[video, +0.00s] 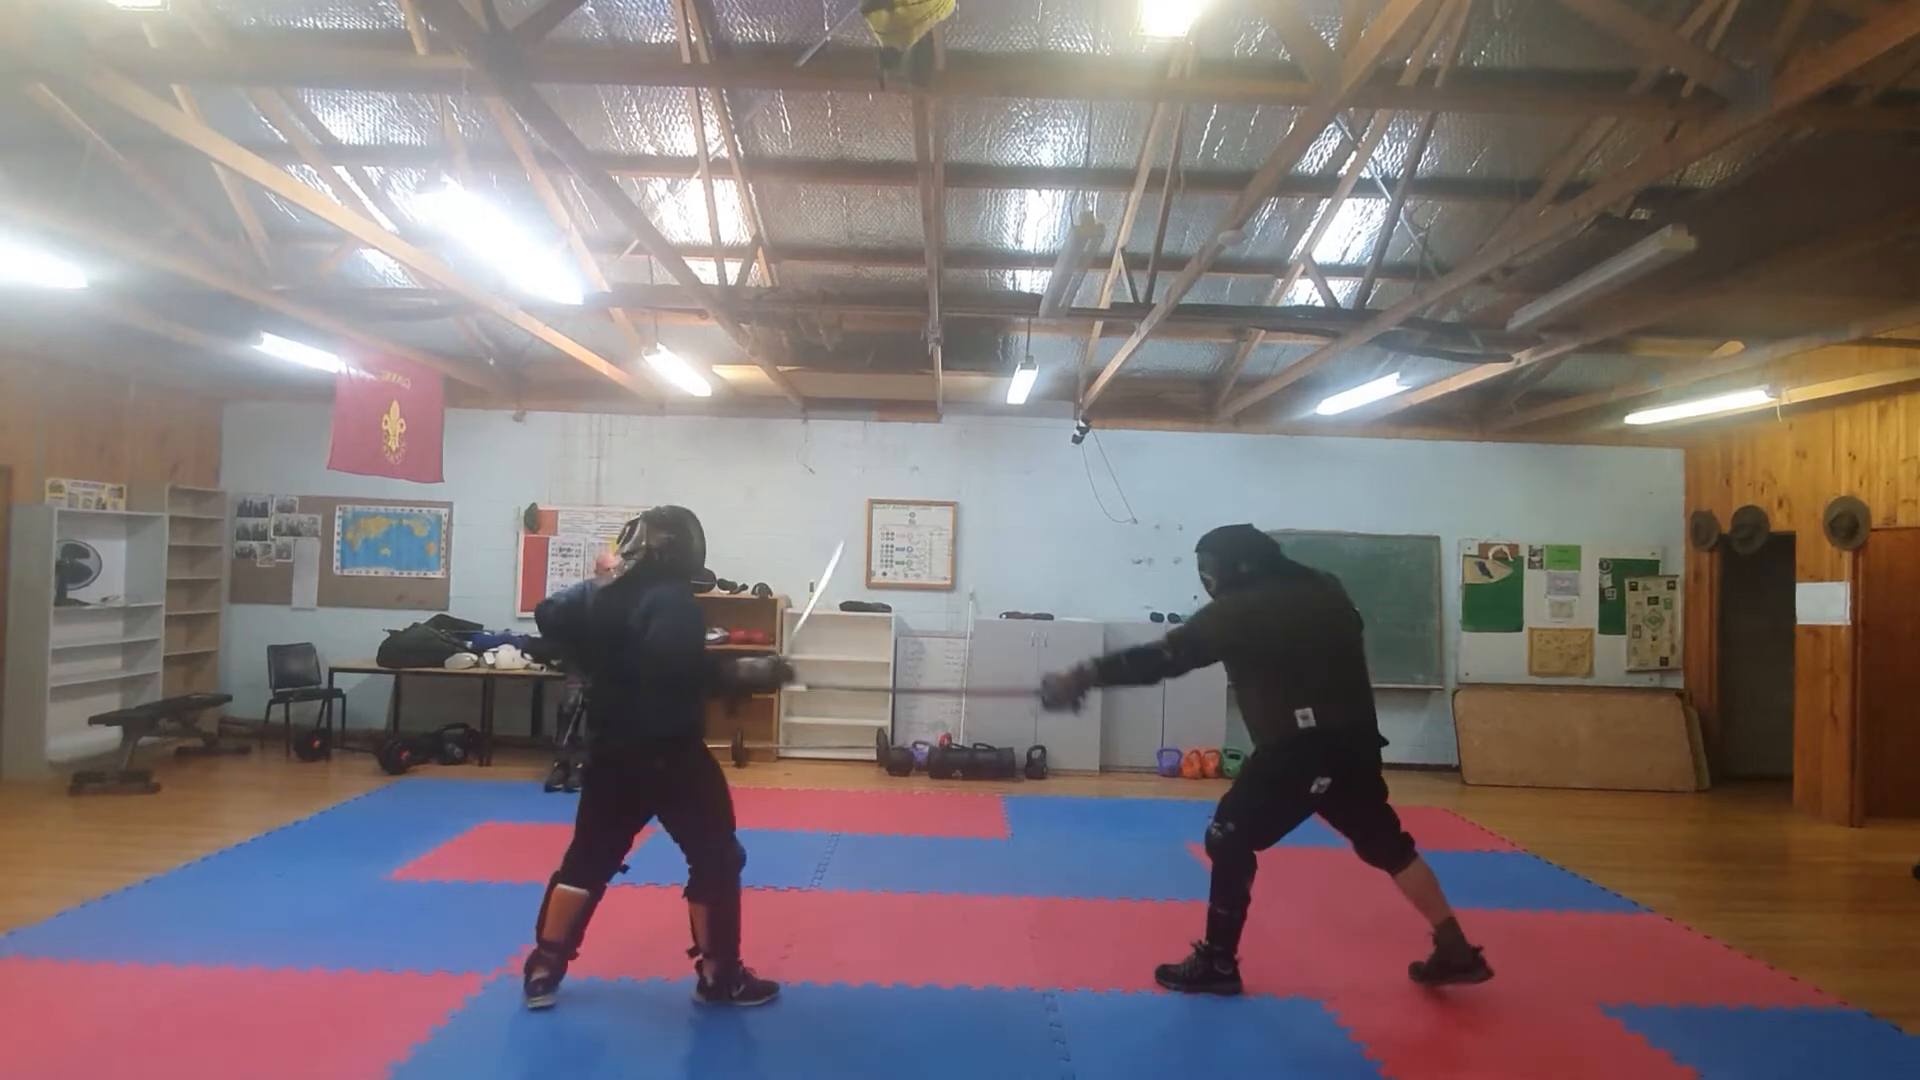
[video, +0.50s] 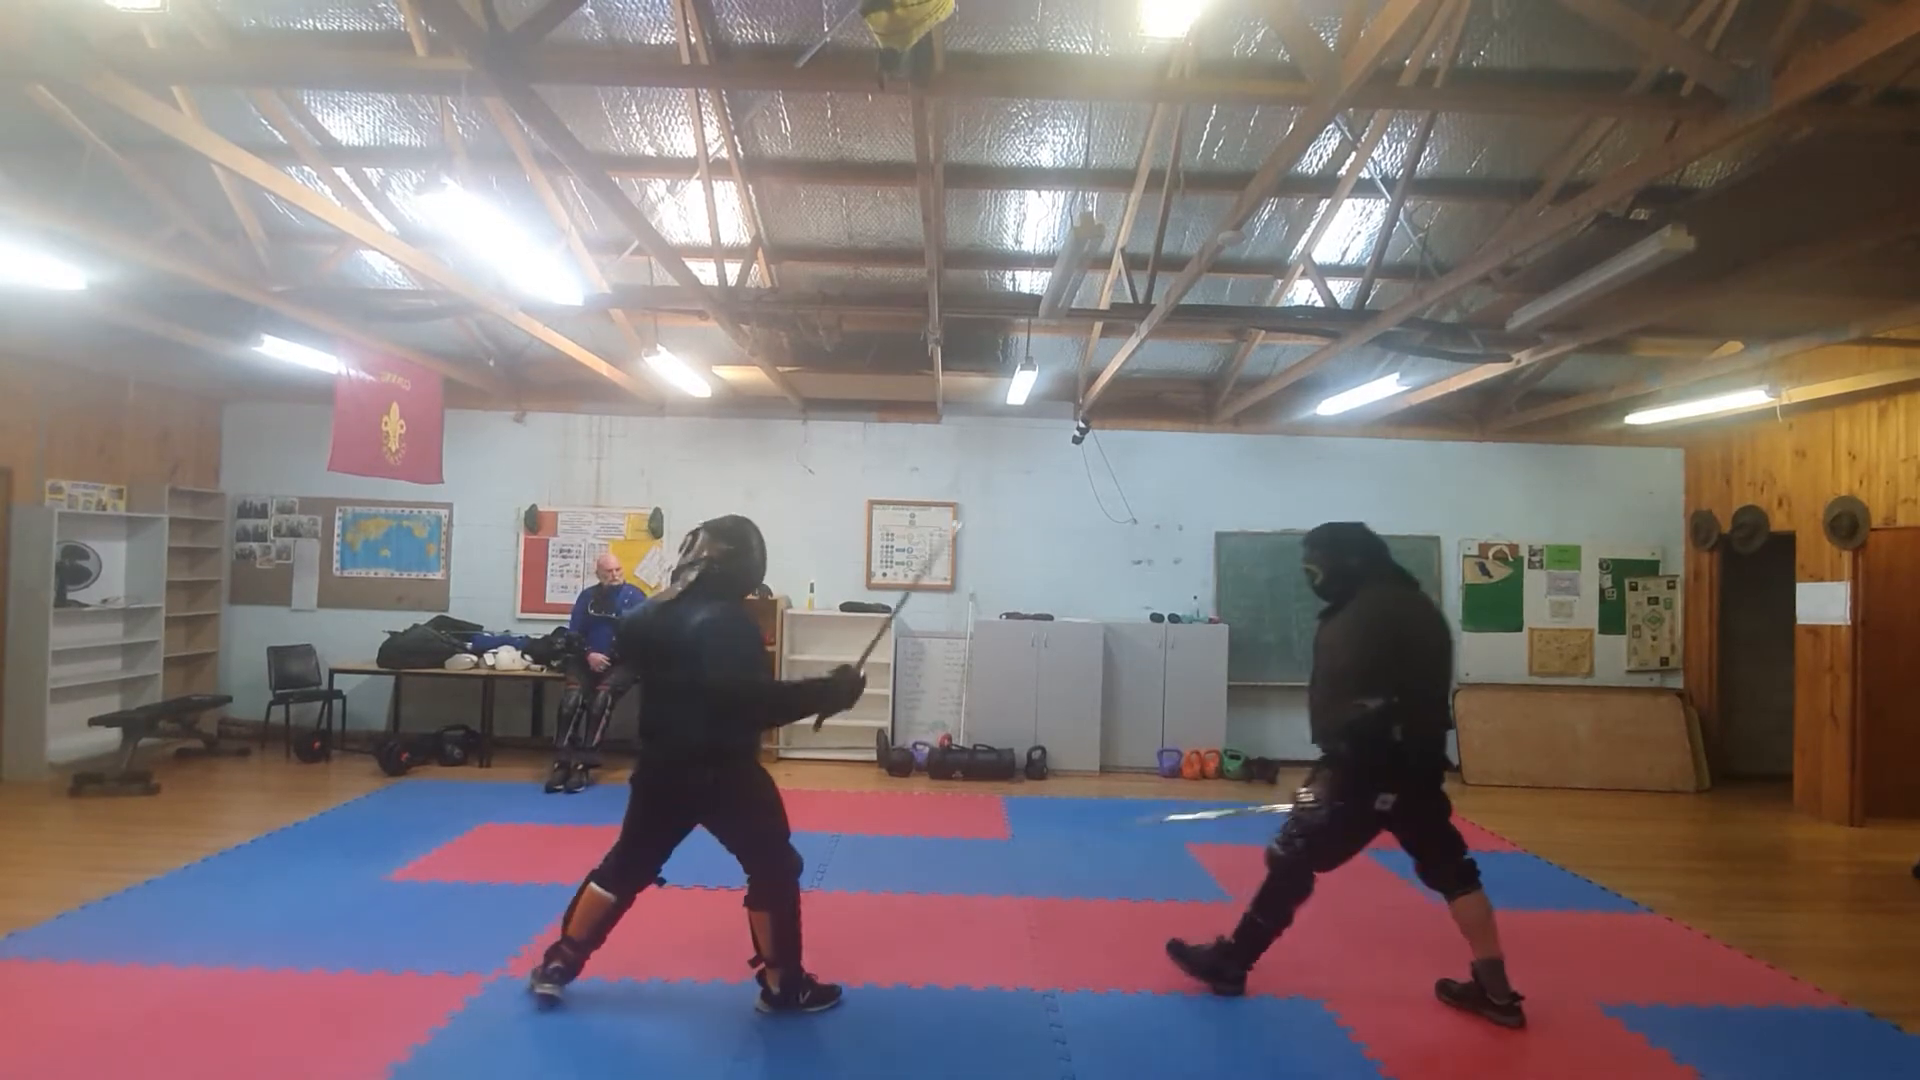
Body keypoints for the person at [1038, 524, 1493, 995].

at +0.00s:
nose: (1206, 588)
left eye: (1208, 576)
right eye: (1205, 577)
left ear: (1231, 569)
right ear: (1264, 558)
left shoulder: (1235, 610)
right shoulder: (1326, 589)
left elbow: (1165, 657)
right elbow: (1351, 645)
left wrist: (1086, 675)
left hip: (1290, 752)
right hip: (1354, 743)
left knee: (1230, 840)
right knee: (1390, 846)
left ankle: (1217, 960)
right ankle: (1456, 947)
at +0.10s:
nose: (1212, 586)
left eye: (1213, 575)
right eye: (1209, 576)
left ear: (1233, 566)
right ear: (1267, 556)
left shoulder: (1239, 610)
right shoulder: (1325, 589)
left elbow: (1195, 687)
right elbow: (1355, 641)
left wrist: (1120, 723)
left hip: (1292, 748)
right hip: (1354, 741)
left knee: (1228, 838)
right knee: (1391, 841)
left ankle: (1217, 960)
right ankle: (1469, 939)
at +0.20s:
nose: (1224, 585)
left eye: (1224, 574)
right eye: (1221, 574)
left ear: (1244, 569)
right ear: (1278, 558)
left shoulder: (1259, 614)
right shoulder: (1335, 590)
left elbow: (1241, 702)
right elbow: (1363, 647)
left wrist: (1178, 753)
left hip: (1291, 756)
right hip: (1354, 748)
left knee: (1229, 840)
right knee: (1398, 848)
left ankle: (1218, 960)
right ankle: (1471, 950)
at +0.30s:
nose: (1245, 583)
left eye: (1249, 572)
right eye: (1243, 573)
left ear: (1273, 567)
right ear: (1301, 559)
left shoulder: (1284, 618)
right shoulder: (1359, 600)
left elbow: (1282, 713)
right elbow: (1371, 696)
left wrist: (1232, 773)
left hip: (1304, 765)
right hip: (1365, 763)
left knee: (1237, 844)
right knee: (1407, 862)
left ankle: (1219, 960)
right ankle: (1479, 967)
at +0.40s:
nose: (1277, 583)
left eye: (1282, 572)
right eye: (1276, 573)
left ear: (1309, 568)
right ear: (1332, 561)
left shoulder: (1317, 622)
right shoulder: (1387, 609)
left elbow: (1311, 714)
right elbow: (1400, 710)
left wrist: (1291, 776)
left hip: (1331, 777)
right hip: (1388, 778)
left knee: (1260, 849)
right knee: (1430, 871)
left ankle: (1221, 961)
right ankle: (1490, 984)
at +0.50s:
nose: (1311, 580)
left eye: (1316, 569)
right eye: (1308, 570)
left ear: (1347, 562)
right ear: (1368, 558)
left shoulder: (1347, 620)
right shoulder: (1421, 610)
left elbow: (1332, 713)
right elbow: (1429, 700)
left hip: (1359, 775)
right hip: (1415, 774)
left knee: (1293, 860)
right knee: (1452, 870)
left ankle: (1234, 958)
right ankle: (1495, 986)